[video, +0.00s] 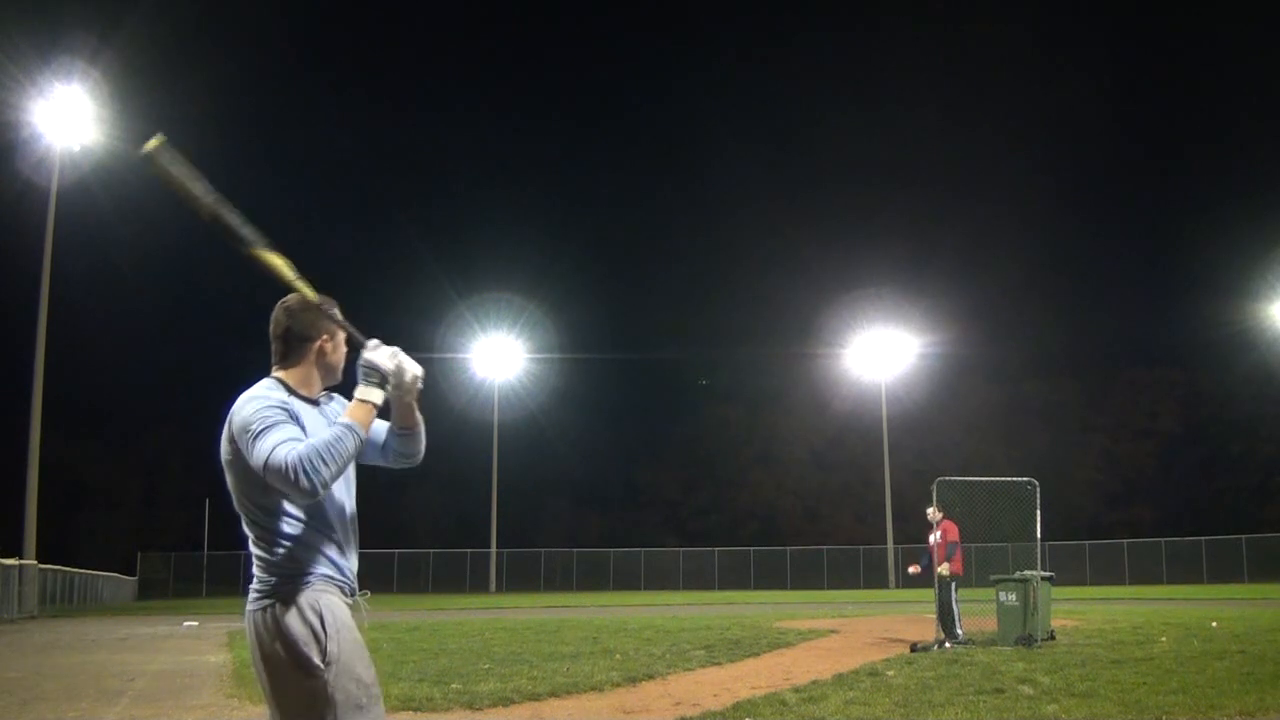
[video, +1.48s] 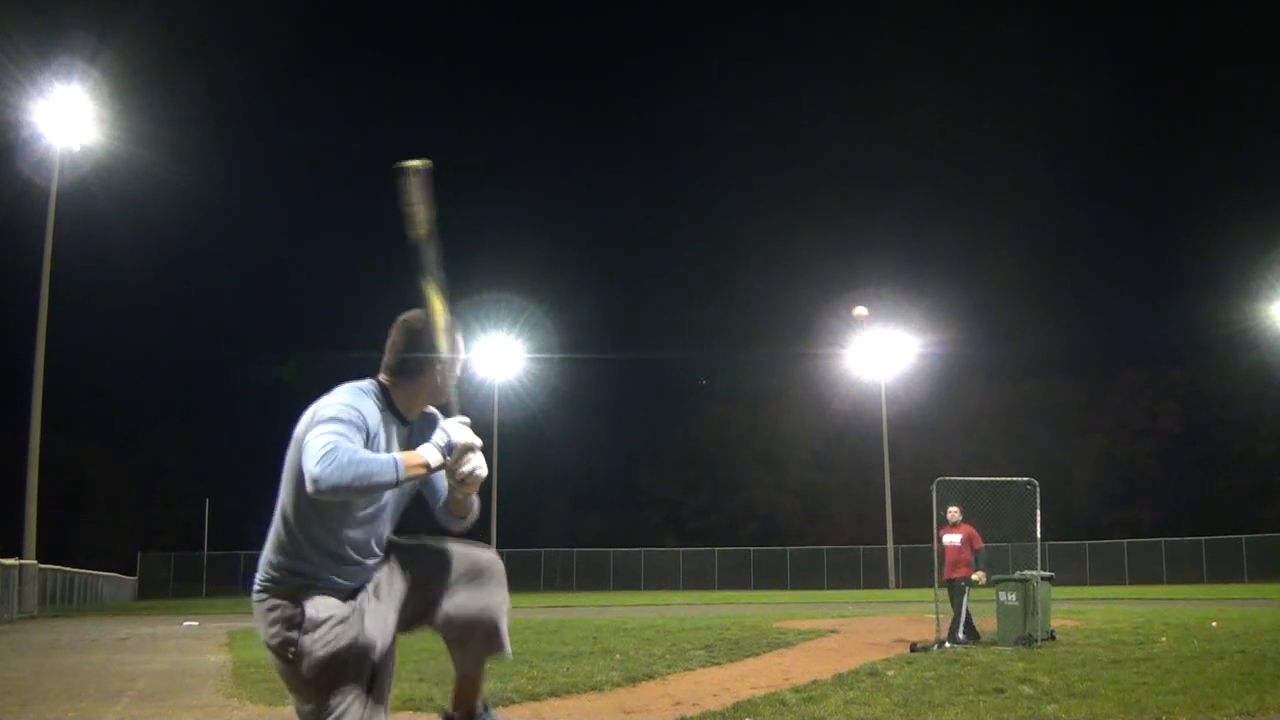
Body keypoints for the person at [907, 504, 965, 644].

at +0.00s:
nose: (930, 516)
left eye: (932, 513)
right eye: (928, 514)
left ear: (940, 513)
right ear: (928, 517)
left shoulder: (949, 526)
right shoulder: (932, 533)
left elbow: (952, 545)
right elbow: (930, 554)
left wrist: (947, 562)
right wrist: (920, 566)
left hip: (950, 571)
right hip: (939, 572)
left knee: (949, 602)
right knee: (941, 604)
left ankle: (956, 634)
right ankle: (948, 634)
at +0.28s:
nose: (927, 517)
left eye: (929, 514)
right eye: (925, 515)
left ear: (937, 514)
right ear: (924, 518)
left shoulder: (946, 526)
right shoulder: (930, 531)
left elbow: (958, 544)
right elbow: (932, 551)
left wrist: (963, 561)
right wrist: (921, 561)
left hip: (950, 573)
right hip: (939, 574)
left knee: (950, 605)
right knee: (941, 606)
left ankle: (952, 636)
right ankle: (945, 636)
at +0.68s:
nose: (929, 518)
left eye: (931, 515)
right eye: (926, 516)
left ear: (938, 515)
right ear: (925, 519)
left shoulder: (952, 526)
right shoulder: (926, 536)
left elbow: (969, 540)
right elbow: (928, 557)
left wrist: (974, 557)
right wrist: (926, 573)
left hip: (957, 571)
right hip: (942, 575)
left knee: (955, 606)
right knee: (944, 607)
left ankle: (953, 637)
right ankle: (948, 636)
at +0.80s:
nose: (930, 517)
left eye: (932, 514)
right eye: (928, 515)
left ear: (939, 515)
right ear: (927, 519)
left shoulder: (954, 526)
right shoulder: (930, 532)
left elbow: (970, 539)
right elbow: (920, 529)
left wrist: (973, 553)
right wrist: (918, 516)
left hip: (958, 572)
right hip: (943, 575)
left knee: (955, 606)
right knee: (945, 607)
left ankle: (954, 636)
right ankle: (948, 636)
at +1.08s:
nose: (943, 511)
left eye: (945, 509)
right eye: (939, 509)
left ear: (951, 512)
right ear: (936, 513)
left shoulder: (961, 526)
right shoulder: (934, 527)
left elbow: (974, 542)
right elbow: (924, 534)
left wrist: (974, 558)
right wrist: (919, 524)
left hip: (958, 572)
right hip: (942, 574)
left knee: (955, 605)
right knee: (943, 606)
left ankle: (953, 637)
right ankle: (950, 634)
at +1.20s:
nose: (948, 511)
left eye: (950, 509)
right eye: (945, 509)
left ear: (956, 512)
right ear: (941, 512)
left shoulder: (965, 528)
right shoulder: (934, 530)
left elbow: (975, 547)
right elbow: (928, 549)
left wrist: (976, 565)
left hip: (959, 572)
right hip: (942, 573)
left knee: (955, 604)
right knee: (943, 604)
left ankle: (952, 636)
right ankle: (960, 625)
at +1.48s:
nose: (952, 514)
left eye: (955, 512)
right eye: (950, 512)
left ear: (961, 515)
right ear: (946, 515)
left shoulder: (968, 530)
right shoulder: (943, 532)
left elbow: (980, 550)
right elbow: (942, 554)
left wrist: (980, 570)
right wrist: (941, 573)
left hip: (963, 573)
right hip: (949, 574)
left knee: (960, 606)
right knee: (957, 606)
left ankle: (954, 637)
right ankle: (972, 632)